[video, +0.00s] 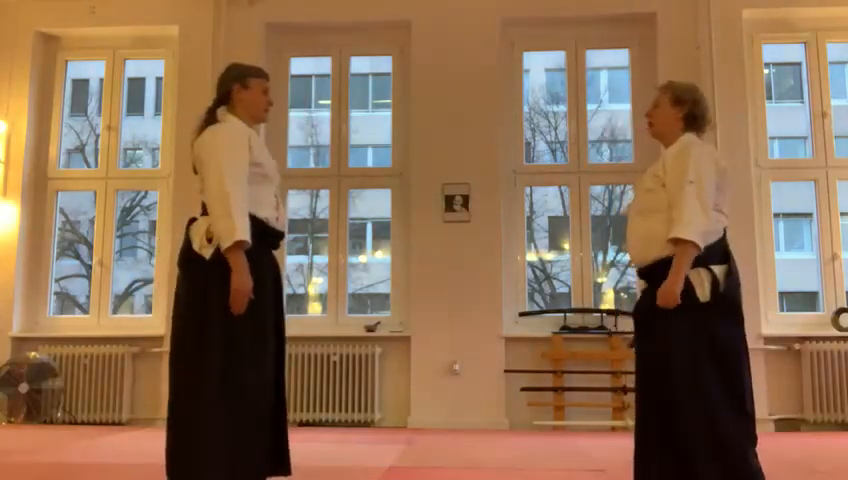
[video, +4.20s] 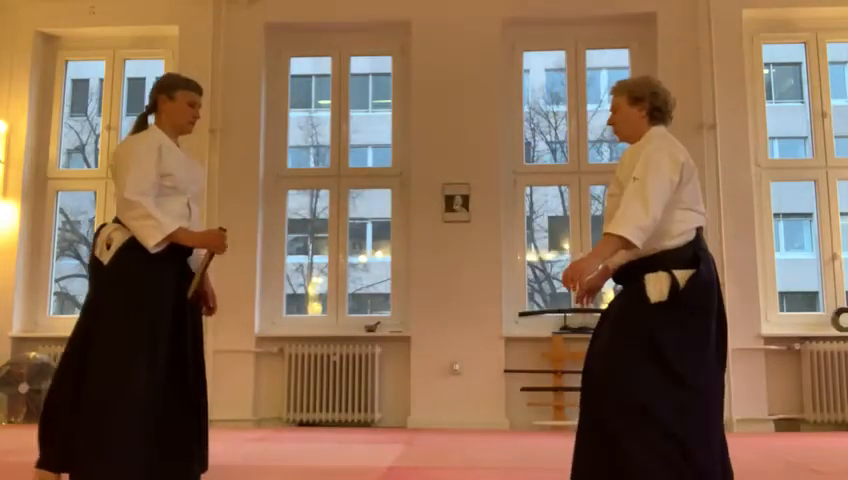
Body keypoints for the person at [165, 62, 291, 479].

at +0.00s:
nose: (270, 99)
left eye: (269, 92)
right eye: (263, 92)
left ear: (246, 96)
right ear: (237, 94)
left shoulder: (246, 136)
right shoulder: (225, 134)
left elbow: (245, 201)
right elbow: (223, 197)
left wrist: (264, 256)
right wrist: (238, 263)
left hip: (248, 256)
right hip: (227, 259)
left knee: (246, 368)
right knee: (229, 368)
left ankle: (241, 463)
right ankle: (225, 466)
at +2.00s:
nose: (268, 101)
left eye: (269, 94)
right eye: (262, 93)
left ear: (242, 96)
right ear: (235, 93)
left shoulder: (238, 134)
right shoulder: (226, 132)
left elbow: (234, 198)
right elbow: (224, 197)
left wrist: (258, 257)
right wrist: (245, 262)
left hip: (237, 257)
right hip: (229, 260)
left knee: (239, 368)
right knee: (232, 368)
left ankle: (236, 464)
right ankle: (230, 466)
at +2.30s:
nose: (270, 102)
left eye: (270, 94)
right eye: (264, 93)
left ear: (242, 94)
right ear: (239, 92)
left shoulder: (241, 134)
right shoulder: (228, 134)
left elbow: (242, 198)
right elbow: (240, 198)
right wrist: (299, 235)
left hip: (235, 255)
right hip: (230, 258)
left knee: (237, 364)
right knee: (235, 364)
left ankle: (230, 464)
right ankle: (232, 465)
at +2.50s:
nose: (273, 102)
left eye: (274, 94)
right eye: (267, 93)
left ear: (243, 96)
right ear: (240, 92)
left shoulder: (223, 133)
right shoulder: (238, 134)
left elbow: (254, 193)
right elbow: (262, 189)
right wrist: (324, 200)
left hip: (214, 249)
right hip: (234, 255)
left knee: (217, 359)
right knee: (238, 360)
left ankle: (214, 463)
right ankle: (236, 464)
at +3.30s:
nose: (262, 108)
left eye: (263, 100)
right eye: (256, 99)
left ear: (236, 98)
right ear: (229, 94)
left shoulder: (232, 140)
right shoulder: (213, 137)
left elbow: (227, 202)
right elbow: (216, 199)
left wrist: (279, 217)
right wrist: (281, 215)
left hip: (217, 258)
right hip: (199, 259)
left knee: (220, 364)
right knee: (205, 365)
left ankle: (213, 464)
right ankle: (201, 466)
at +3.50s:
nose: (245, 113)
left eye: (247, 106)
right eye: (239, 104)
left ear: (217, 103)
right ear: (212, 99)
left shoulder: (214, 145)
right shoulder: (195, 140)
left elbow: (211, 215)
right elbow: (186, 201)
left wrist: (233, 271)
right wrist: (249, 232)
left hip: (204, 264)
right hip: (184, 264)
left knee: (205, 374)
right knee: (187, 375)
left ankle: (201, 470)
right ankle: (186, 471)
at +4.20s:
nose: (196, 114)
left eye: (198, 108)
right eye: (190, 105)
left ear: (183, 110)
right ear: (162, 103)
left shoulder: (176, 154)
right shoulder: (141, 144)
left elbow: (180, 219)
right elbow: (134, 208)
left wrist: (200, 275)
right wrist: (193, 238)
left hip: (168, 264)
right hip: (136, 263)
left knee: (165, 366)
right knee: (129, 365)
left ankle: (159, 464)